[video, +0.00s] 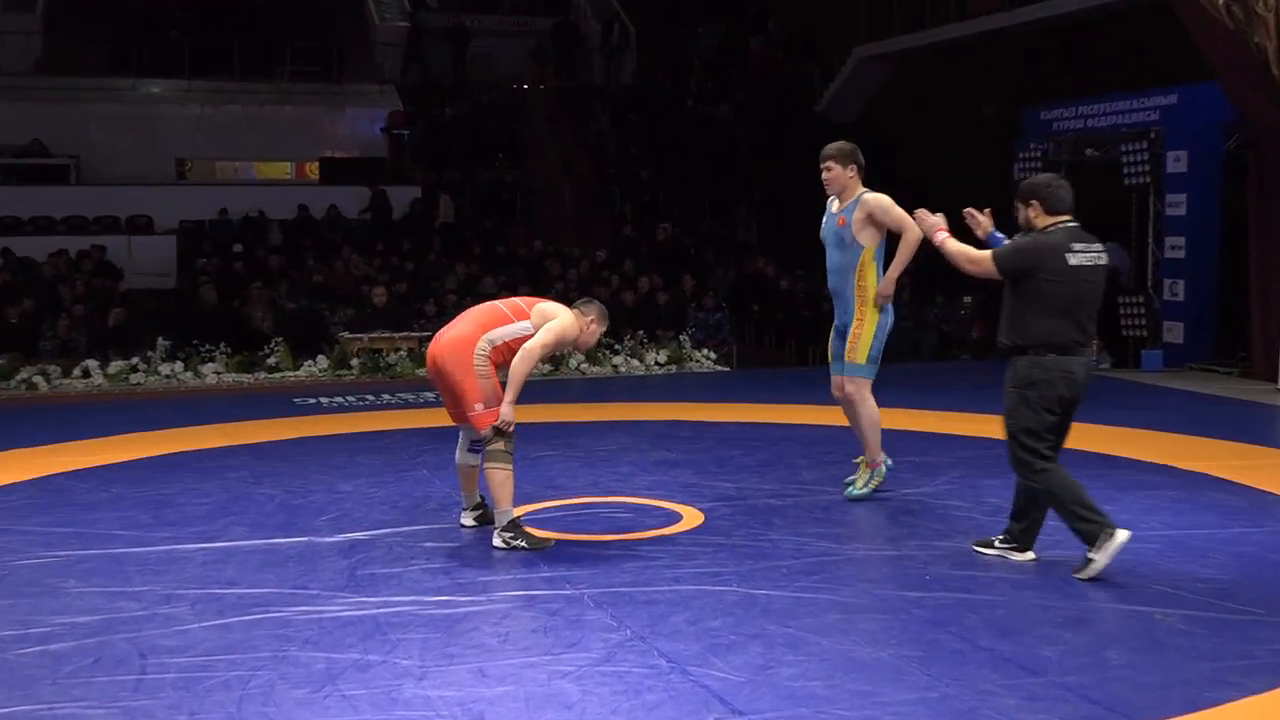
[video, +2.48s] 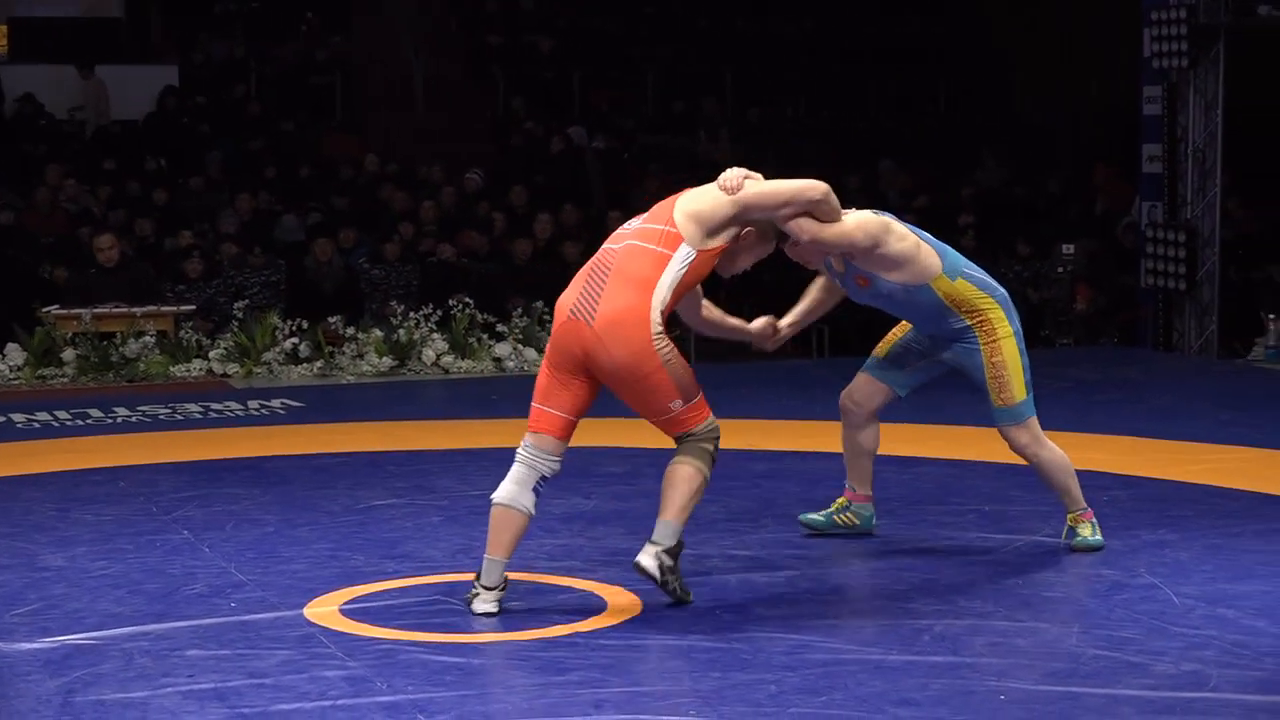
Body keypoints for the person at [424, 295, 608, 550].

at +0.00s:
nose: (596, 341)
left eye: (600, 335)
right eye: (600, 333)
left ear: (585, 318)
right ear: (590, 323)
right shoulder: (567, 322)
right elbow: (528, 351)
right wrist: (508, 403)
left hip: (442, 350)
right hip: (468, 353)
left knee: (472, 434)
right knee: (499, 434)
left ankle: (472, 509)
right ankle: (506, 527)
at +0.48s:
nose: (597, 291)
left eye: (600, 284)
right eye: (599, 282)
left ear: (566, 264)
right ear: (585, 272)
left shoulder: (533, 272)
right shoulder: (564, 283)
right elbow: (524, 299)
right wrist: (519, 359)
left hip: (430, 349)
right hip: (465, 349)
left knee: (471, 437)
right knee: (533, 426)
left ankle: (448, 528)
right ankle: (530, 527)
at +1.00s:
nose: (688, 287)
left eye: (694, 281)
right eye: (694, 279)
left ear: (660, 250)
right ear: (682, 264)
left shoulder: (606, 258)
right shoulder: (656, 281)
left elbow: (574, 334)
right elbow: (633, 350)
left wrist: (624, 345)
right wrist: (657, 362)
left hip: (498, 340)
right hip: (548, 347)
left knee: (496, 452)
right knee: (591, 457)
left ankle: (439, 544)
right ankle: (602, 565)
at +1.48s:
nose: (725, 265)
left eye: (732, 257)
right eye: (730, 254)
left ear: (691, 226)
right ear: (714, 238)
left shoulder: (628, 239)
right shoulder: (684, 251)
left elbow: (613, 342)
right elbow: (681, 326)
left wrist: (684, 327)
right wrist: (724, 329)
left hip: (513, 337)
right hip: (563, 340)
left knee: (560, 455)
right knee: (621, 455)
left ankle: (564, 572)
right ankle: (590, 578)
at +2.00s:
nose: (806, 265)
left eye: (810, 257)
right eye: (807, 251)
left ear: (770, 198)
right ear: (783, 219)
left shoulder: (677, 209)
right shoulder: (733, 223)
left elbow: (757, 286)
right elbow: (826, 229)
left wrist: (800, 251)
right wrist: (843, 219)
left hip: (563, 324)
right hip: (622, 332)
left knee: (565, 460)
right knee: (667, 463)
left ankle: (524, 580)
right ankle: (670, 594)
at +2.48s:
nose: (754, 262)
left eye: (765, 255)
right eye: (765, 249)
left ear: (749, 227)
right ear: (754, 225)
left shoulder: (680, 248)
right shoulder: (713, 205)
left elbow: (694, 312)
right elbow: (819, 191)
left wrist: (749, 329)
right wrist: (835, 232)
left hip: (568, 326)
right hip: (629, 332)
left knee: (530, 463)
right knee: (698, 436)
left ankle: (487, 587)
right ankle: (662, 548)